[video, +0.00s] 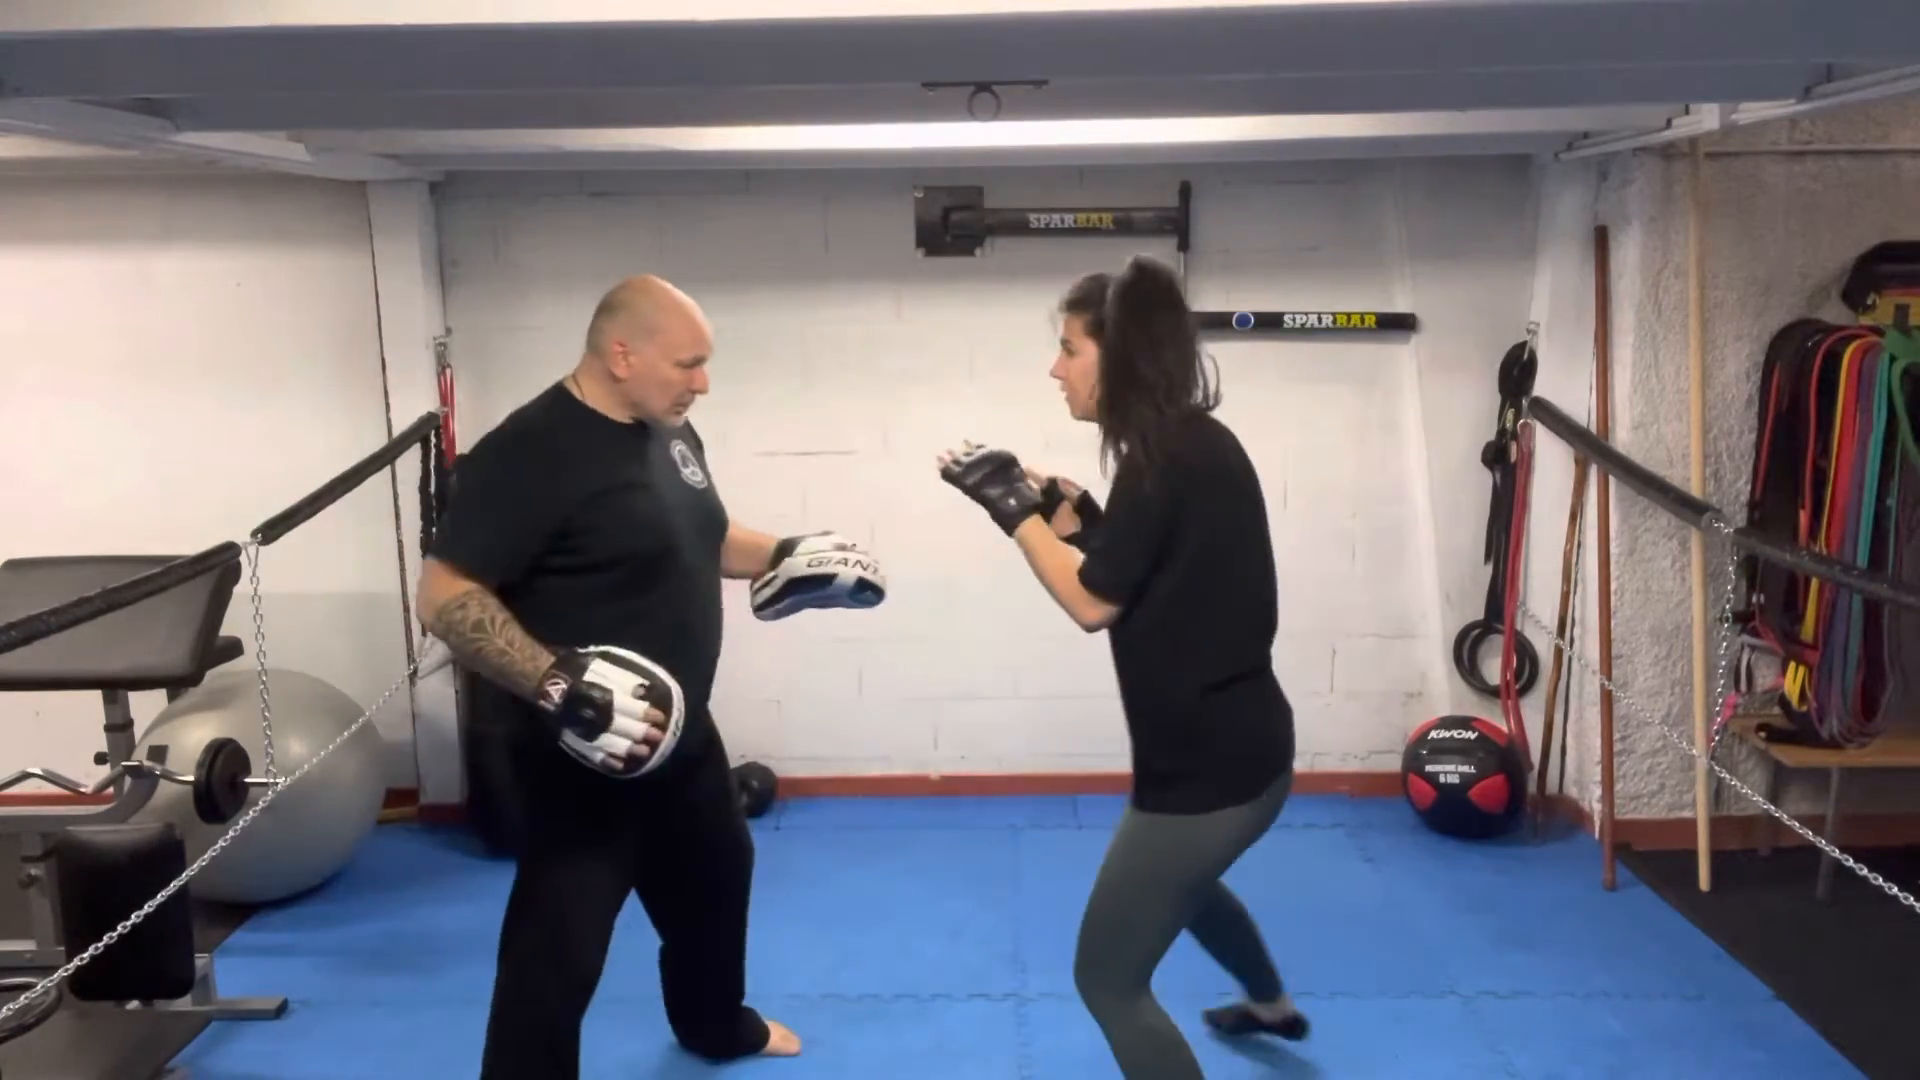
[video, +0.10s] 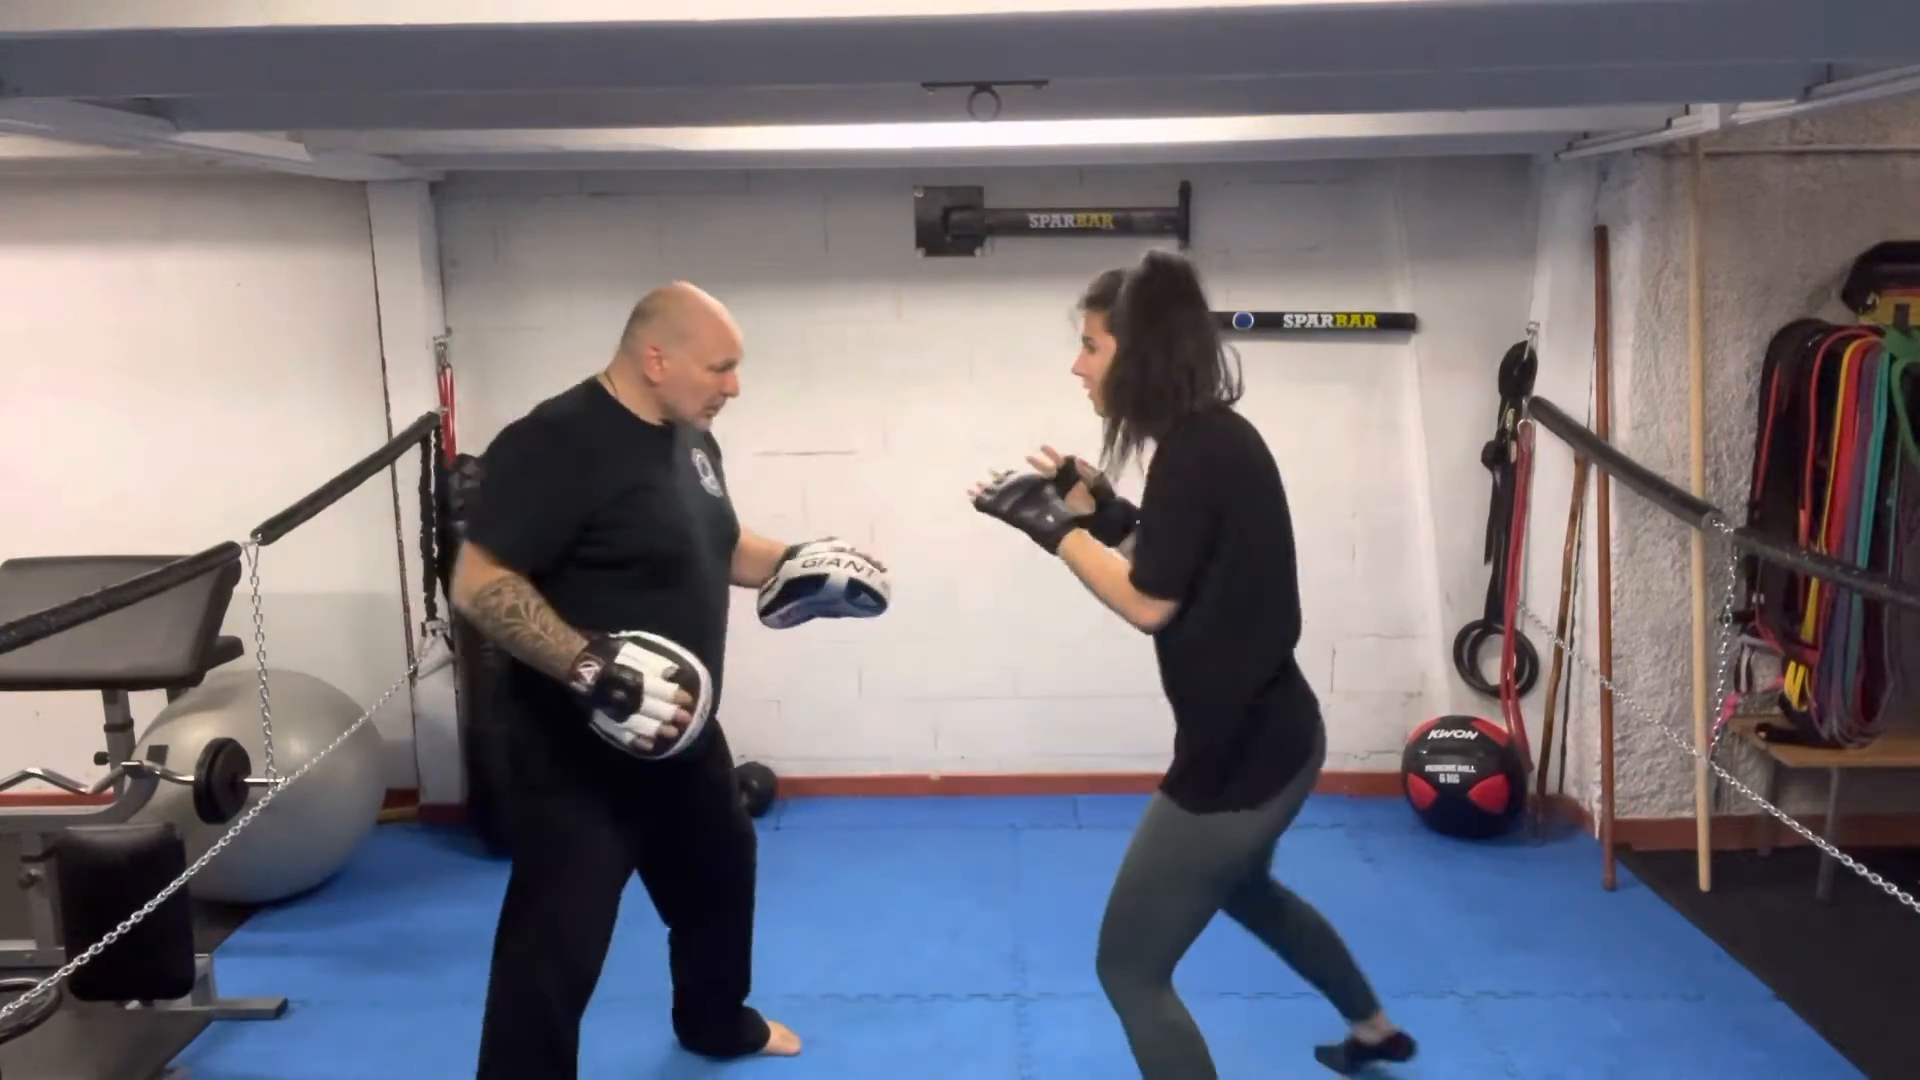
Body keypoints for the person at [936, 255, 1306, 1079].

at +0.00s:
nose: (1056, 369)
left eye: (1069, 349)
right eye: (1059, 349)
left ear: (1119, 353)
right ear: (1142, 354)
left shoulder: (1159, 460)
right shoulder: (1208, 446)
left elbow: (1092, 601)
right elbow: (1171, 582)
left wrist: (1017, 512)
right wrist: (1087, 522)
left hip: (1197, 779)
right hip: (1249, 757)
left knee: (1108, 979)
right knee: (1176, 879)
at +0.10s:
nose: (1077, 365)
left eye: (1089, 346)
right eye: (1080, 345)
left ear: (1138, 351)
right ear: (1160, 350)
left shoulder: (1192, 451)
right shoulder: (1223, 437)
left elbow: (1148, 602)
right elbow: (1189, 566)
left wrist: (1054, 529)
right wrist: (1105, 507)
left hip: (1232, 758)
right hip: (1282, 733)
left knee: (1129, 969)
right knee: (1242, 886)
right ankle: (1374, 1026)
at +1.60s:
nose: (1079, 419)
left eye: (1083, 399)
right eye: (1076, 400)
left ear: (1133, 394)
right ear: (1143, 387)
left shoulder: (1187, 457)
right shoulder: (1247, 441)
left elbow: (1153, 602)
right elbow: (1221, 574)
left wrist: (1102, 502)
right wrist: (1136, 498)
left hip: (1203, 765)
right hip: (1282, 744)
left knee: (1047, 902)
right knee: (1199, 887)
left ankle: (1079, 1073)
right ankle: (1288, 1066)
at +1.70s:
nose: (1065, 421)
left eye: (1070, 401)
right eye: (1063, 403)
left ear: (1118, 391)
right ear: (1161, 379)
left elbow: (1082, 587)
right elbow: (1217, 540)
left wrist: (1042, 518)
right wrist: (1133, 480)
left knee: (1046, 935)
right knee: (1218, 885)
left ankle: (1033, 1075)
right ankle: (1292, 1066)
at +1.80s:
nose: (1051, 428)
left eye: (1054, 408)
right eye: (1049, 409)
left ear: (1096, 403)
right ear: (1155, 390)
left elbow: (952, 508)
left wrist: (888, 458)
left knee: (1027, 962)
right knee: (1219, 890)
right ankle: (1291, 1066)